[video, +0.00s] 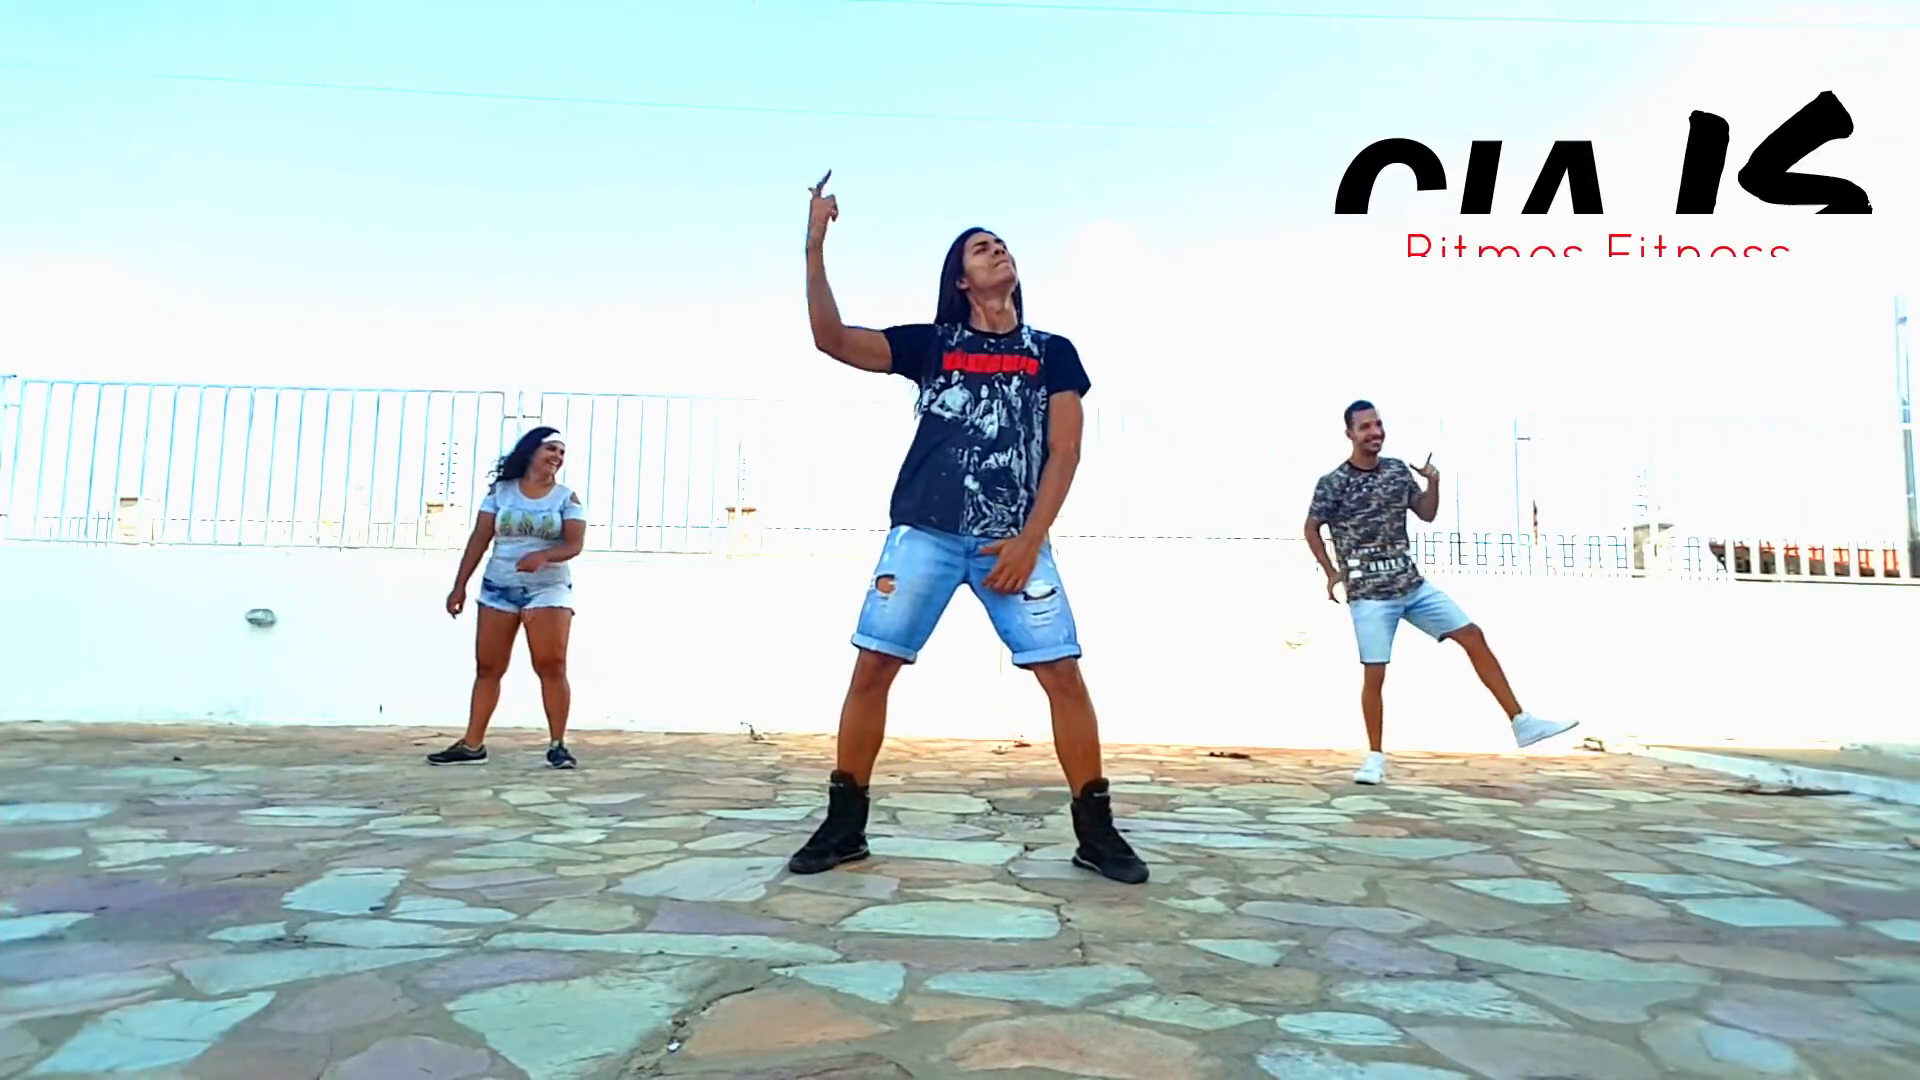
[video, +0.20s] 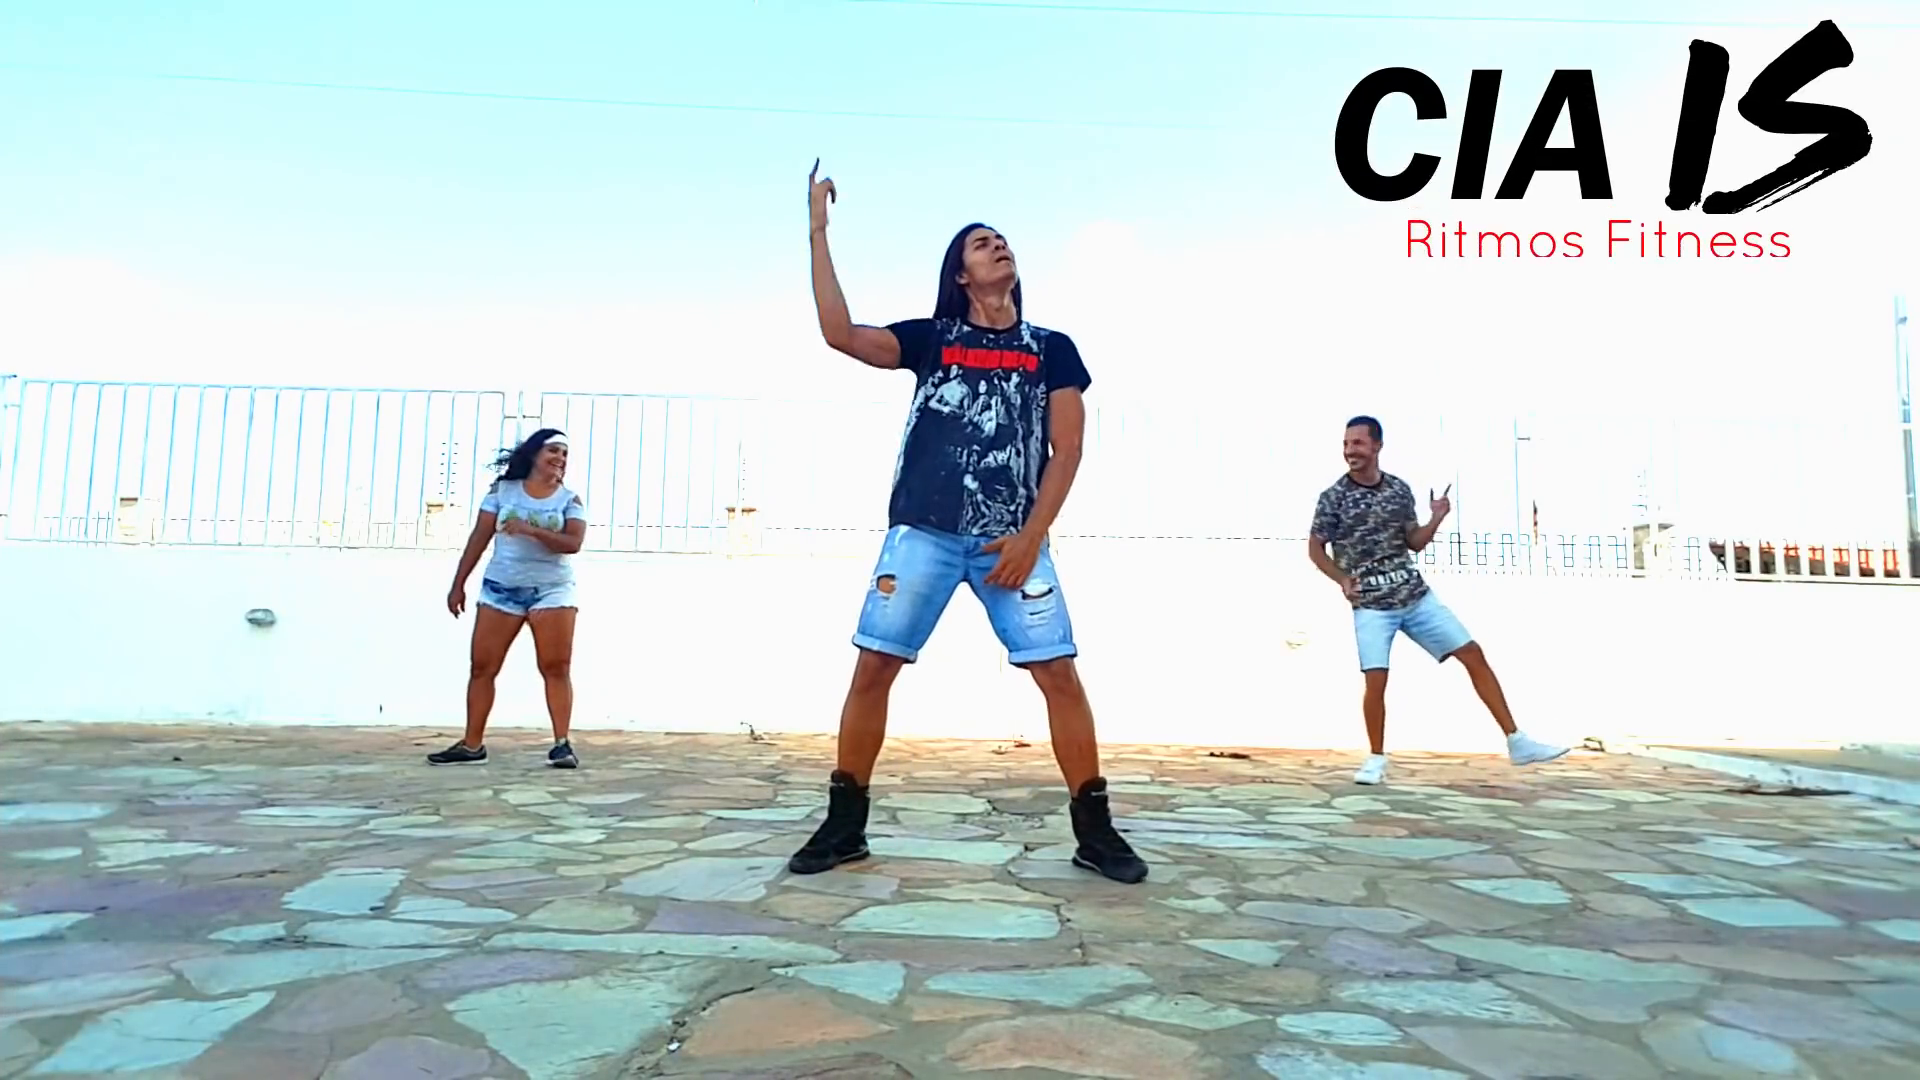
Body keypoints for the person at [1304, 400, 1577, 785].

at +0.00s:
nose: (1374, 432)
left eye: (1377, 425)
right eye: (1365, 427)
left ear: (1383, 429)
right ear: (1349, 434)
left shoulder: (1397, 471)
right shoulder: (1332, 484)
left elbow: (1426, 513)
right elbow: (1311, 530)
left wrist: (1432, 483)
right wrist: (1331, 572)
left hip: (1412, 586)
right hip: (1369, 594)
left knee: (1472, 636)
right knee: (1374, 674)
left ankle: (1521, 722)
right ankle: (1374, 756)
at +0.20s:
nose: (1351, 450)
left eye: (1358, 443)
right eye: (1346, 444)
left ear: (1377, 447)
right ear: (1343, 448)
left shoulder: (1399, 490)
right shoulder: (1332, 499)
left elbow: (1415, 542)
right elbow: (1315, 551)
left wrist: (1435, 518)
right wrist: (1341, 579)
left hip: (1415, 597)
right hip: (1371, 605)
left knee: (1471, 653)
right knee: (1375, 681)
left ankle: (1517, 742)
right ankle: (1376, 758)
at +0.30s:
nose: (1335, 440)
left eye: (1342, 434)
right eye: (1334, 434)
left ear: (1367, 435)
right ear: (1340, 437)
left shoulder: (1403, 474)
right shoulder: (1335, 487)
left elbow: (1425, 520)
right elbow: (1328, 541)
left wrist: (1444, 546)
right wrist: (1346, 540)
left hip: (1419, 585)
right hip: (1373, 595)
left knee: (1466, 650)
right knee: (1374, 673)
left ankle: (1499, 740)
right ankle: (1375, 756)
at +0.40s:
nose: (1335, 439)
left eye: (1341, 431)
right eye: (1334, 432)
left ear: (1365, 432)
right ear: (1349, 434)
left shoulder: (1411, 467)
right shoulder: (1343, 478)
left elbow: (1438, 508)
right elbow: (1335, 523)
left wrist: (1440, 546)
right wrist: (1356, 489)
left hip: (1423, 583)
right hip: (1375, 590)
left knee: (1462, 658)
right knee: (1372, 672)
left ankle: (1489, 742)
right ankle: (1373, 755)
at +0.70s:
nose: (1384, 445)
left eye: (1390, 437)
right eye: (1379, 439)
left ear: (1411, 438)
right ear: (1376, 444)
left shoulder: (1446, 482)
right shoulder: (1375, 491)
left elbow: (1462, 533)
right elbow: (1356, 547)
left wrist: (1453, 540)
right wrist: (1371, 525)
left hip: (1448, 598)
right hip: (1398, 600)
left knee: (1481, 673)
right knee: (1383, 676)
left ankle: (1486, 757)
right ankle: (1375, 757)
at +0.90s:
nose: (1433, 433)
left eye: (1441, 427)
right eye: (1426, 427)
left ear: (1453, 434)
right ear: (1417, 434)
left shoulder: (1470, 473)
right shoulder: (1398, 487)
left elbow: (1511, 513)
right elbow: (1385, 526)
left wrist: (1483, 492)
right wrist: (1402, 555)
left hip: (1470, 599)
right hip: (1423, 599)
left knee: (1496, 673)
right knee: (1401, 671)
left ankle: (1485, 758)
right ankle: (1376, 754)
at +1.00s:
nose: (1449, 450)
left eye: (1456, 443)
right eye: (1442, 443)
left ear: (1467, 450)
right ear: (1433, 449)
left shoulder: (1484, 490)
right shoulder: (1412, 498)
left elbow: (1527, 530)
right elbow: (1389, 541)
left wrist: (1502, 508)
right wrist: (1410, 568)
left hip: (1480, 606)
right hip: (1434, 606)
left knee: (1508, 679)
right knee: (1414, 676)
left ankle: (1486, 761)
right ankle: (1380, 755)